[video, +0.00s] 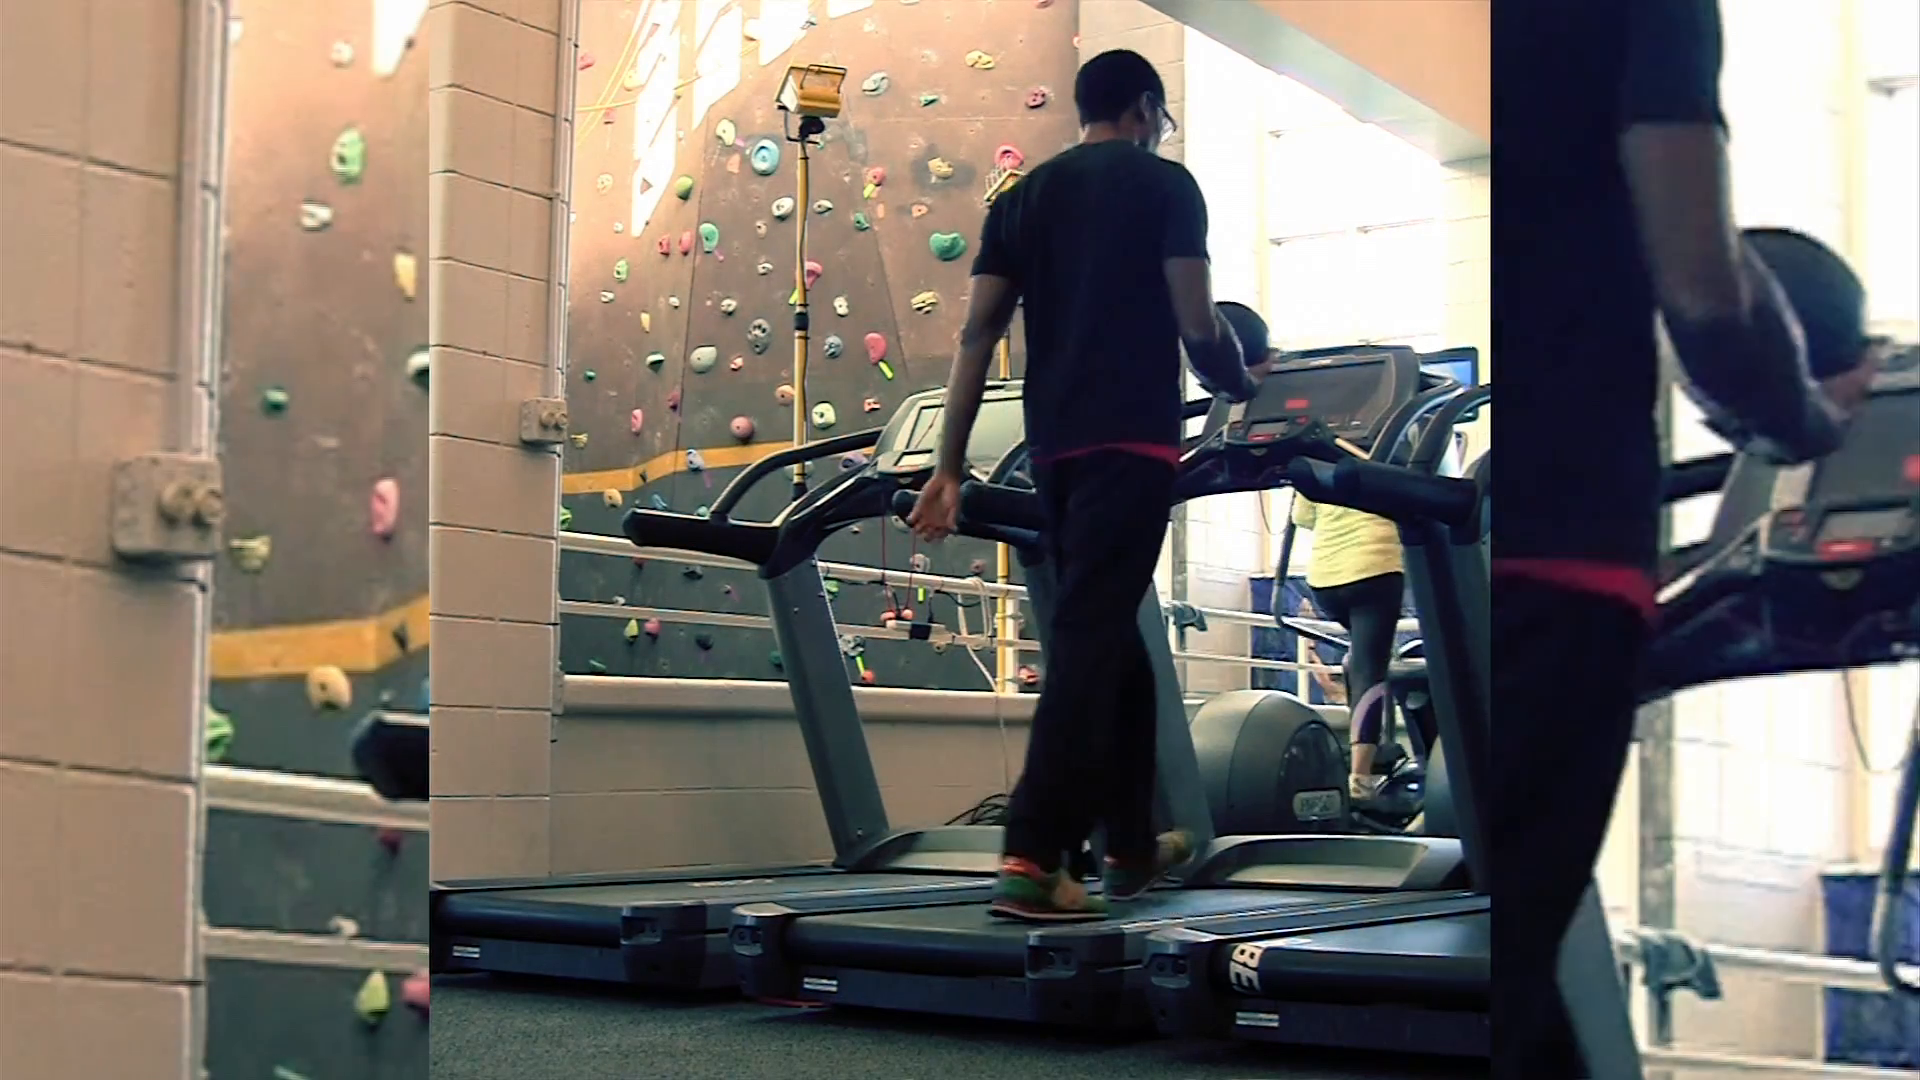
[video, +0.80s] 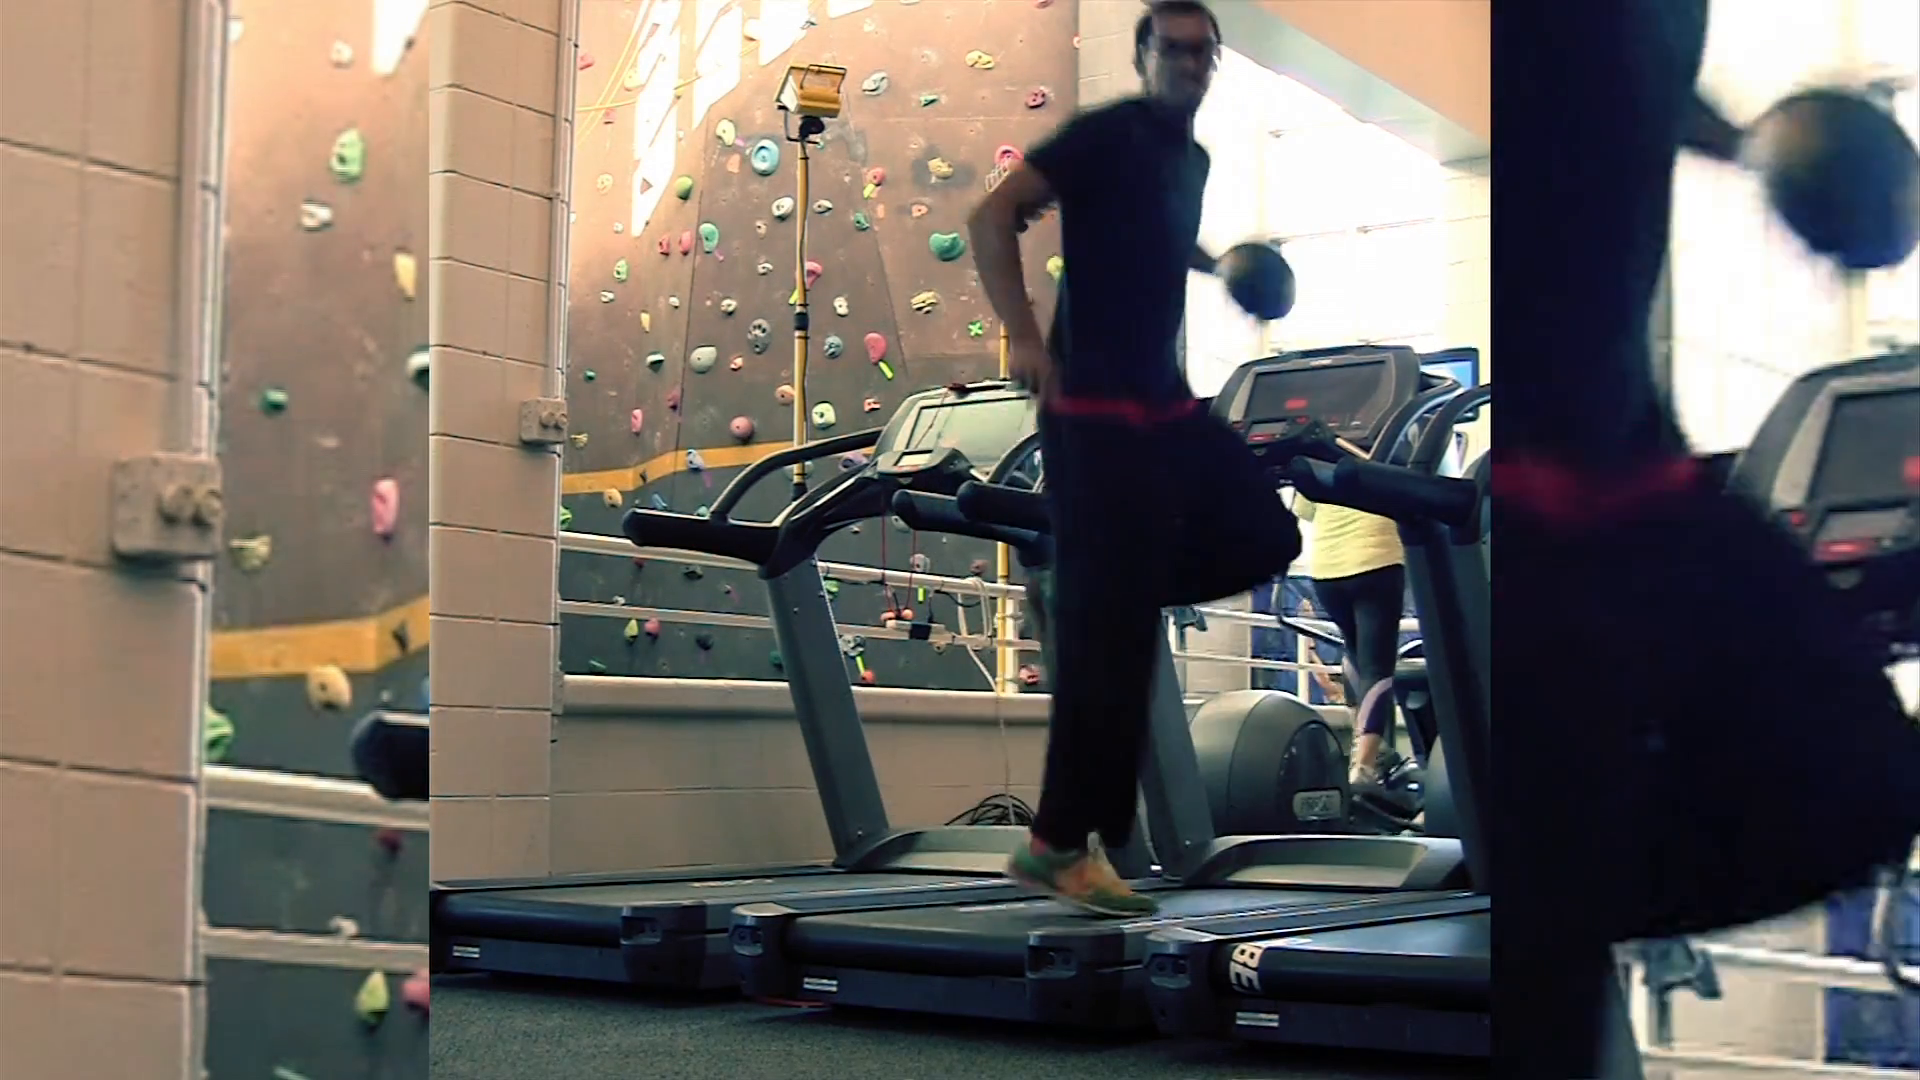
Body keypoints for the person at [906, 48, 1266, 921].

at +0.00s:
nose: (1162, 132)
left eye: (1161, 121)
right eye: (1161, 118)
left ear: (1081, 112)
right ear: (1143, 111)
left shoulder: (1020, 197)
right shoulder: (1165, 182)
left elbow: (977, 338)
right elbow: (1197, 331)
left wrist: (947, 464)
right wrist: (1240, 388)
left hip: (1053, 450)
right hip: (1136, 445)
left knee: (1110, 643)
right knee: (1086, 645)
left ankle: (1132, 849)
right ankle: (1032, 859)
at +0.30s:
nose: (1176, 139)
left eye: (1178, 127)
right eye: (1170, 123)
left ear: (1102, 114)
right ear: (1128, 106)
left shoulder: (1025, 197)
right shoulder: (1142, 158)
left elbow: (945, 302)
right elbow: (1187, 230)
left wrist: (968, 414)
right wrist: (1293, 302)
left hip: (1031, 447)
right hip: (1121, 438)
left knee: (1037, 641)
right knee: (1157, 625)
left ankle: (1042, 856)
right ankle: (1046, 776)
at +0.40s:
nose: (1204, 138)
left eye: (1206, 124)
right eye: (1196, 120)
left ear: (1127, 116)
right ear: (1148, 110)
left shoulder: (1045, 198)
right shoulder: (1155, 162)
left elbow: (958, 278)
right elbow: (1130, 219)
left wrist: (974, 370)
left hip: (1035, 456)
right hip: (1131, 451)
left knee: (1018, 648)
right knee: (1185, 627)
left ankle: (985, 856)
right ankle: (1128, 825)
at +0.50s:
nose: (1234, 150)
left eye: (1237, 138)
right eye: (1220, 132)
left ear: (1169, 142)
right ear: (1167, 131)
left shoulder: (1101, 205)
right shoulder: (1170, 189)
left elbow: (978, 270)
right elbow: (1079, 235)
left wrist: (964, 366)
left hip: (1052, 475)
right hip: (1133, 474)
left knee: (1029, 654)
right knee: (1204, 647)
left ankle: (942, 848)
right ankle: (1189, 853)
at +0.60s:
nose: (1256, 158)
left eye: (1259, 146)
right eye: (1240, 140)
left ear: (1185, 156)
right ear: (1188, 145)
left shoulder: (1130, 218)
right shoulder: (1178, 205)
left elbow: (992, 275)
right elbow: (1058, 261)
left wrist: (956, 389)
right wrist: (1011, 385)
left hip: (1079, 483)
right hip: (1137, 482)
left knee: (1096, 680)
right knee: (1217, 663)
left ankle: (947, 774)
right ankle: (1138, 859)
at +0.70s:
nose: (1239, 145)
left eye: (1244, 133)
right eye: (1223, 128)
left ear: (1230, 145)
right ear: (1176, 135)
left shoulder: (1168, 216)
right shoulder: (1152, 206)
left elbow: (1066, 304)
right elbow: (1034, 283)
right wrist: (1021, 421)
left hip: (1121, 478)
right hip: (1114, 481)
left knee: (1181, 653)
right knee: (1212, 650)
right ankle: (1096, 861)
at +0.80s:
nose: (1192, 64)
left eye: (1204, 51)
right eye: (1176, 49)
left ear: (1216, 62)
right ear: (1142, 55)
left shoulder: (1193, 157)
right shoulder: (1104, 134)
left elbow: (1163, 239)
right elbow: (991, 215)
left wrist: (1224, 263)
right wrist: (1021, 332)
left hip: (1169, 401)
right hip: (1096, 405)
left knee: (1267, 539)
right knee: (1108, 620)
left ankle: (1095, 582)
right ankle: (1059, 843)